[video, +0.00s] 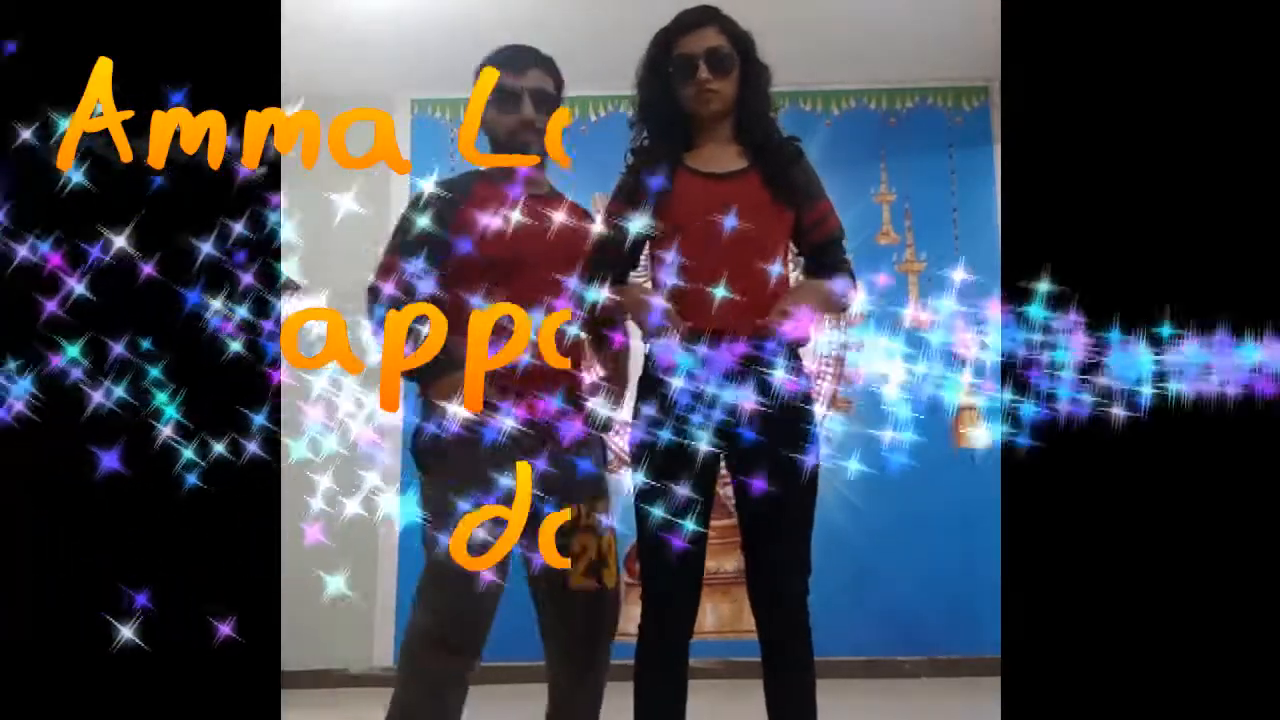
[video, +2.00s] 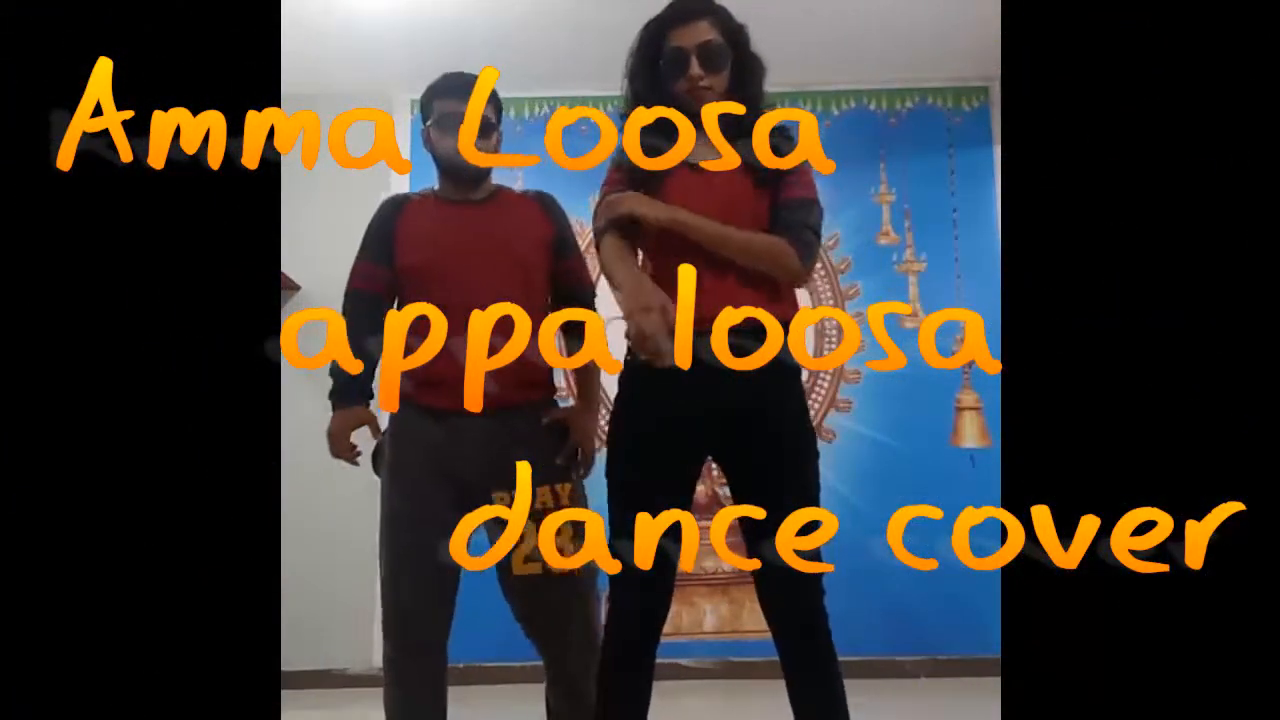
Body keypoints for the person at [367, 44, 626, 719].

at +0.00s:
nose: (524, 111)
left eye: (540, 100)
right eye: (508, 96)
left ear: (556, 116)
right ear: (481, 107)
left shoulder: (584, 221)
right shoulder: (442, 201)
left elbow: (610, 330)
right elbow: (390, 303)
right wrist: (437, 366)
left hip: (565, 440)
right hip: (466, 439)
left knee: (584, 627)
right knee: (451, 621)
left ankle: (574, 717)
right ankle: (416, 719)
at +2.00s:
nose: (466, 135)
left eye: (481, 123)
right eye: (449, 124)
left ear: (499, 132)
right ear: (427, 136)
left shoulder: (542, 215)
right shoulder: (397, 217)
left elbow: (577, 315)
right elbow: (361, 317)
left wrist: (588, 404)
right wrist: (347, 398)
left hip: (530, 440)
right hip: (423, 443)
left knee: (570, 628)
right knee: (413, 625)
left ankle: (579, 716)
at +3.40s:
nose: (486, 135)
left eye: (499, 124)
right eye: (470, 124)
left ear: (517, 140)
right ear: (448, 137)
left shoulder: (557, 230)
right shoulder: (418, 236)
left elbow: (597, 319)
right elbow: (384, 334)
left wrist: (584, 393)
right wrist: (375, 422)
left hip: (539, 442)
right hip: (437, 445)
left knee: (557, 621)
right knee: (421, 621)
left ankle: (576, 719)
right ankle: (419, 718)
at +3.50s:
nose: (493, 136)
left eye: (507, 127)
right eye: (479, 126)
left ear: (526, 144)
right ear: (456, 139)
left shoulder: (564, 230)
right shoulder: (425, 235)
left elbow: (607, 318)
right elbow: (391, 331)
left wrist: (591, 392)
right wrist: (383, 418)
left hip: (544, 440)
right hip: (443, 442)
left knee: (560, 621)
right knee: (426, 621)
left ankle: (576, 717)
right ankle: (420, 718)